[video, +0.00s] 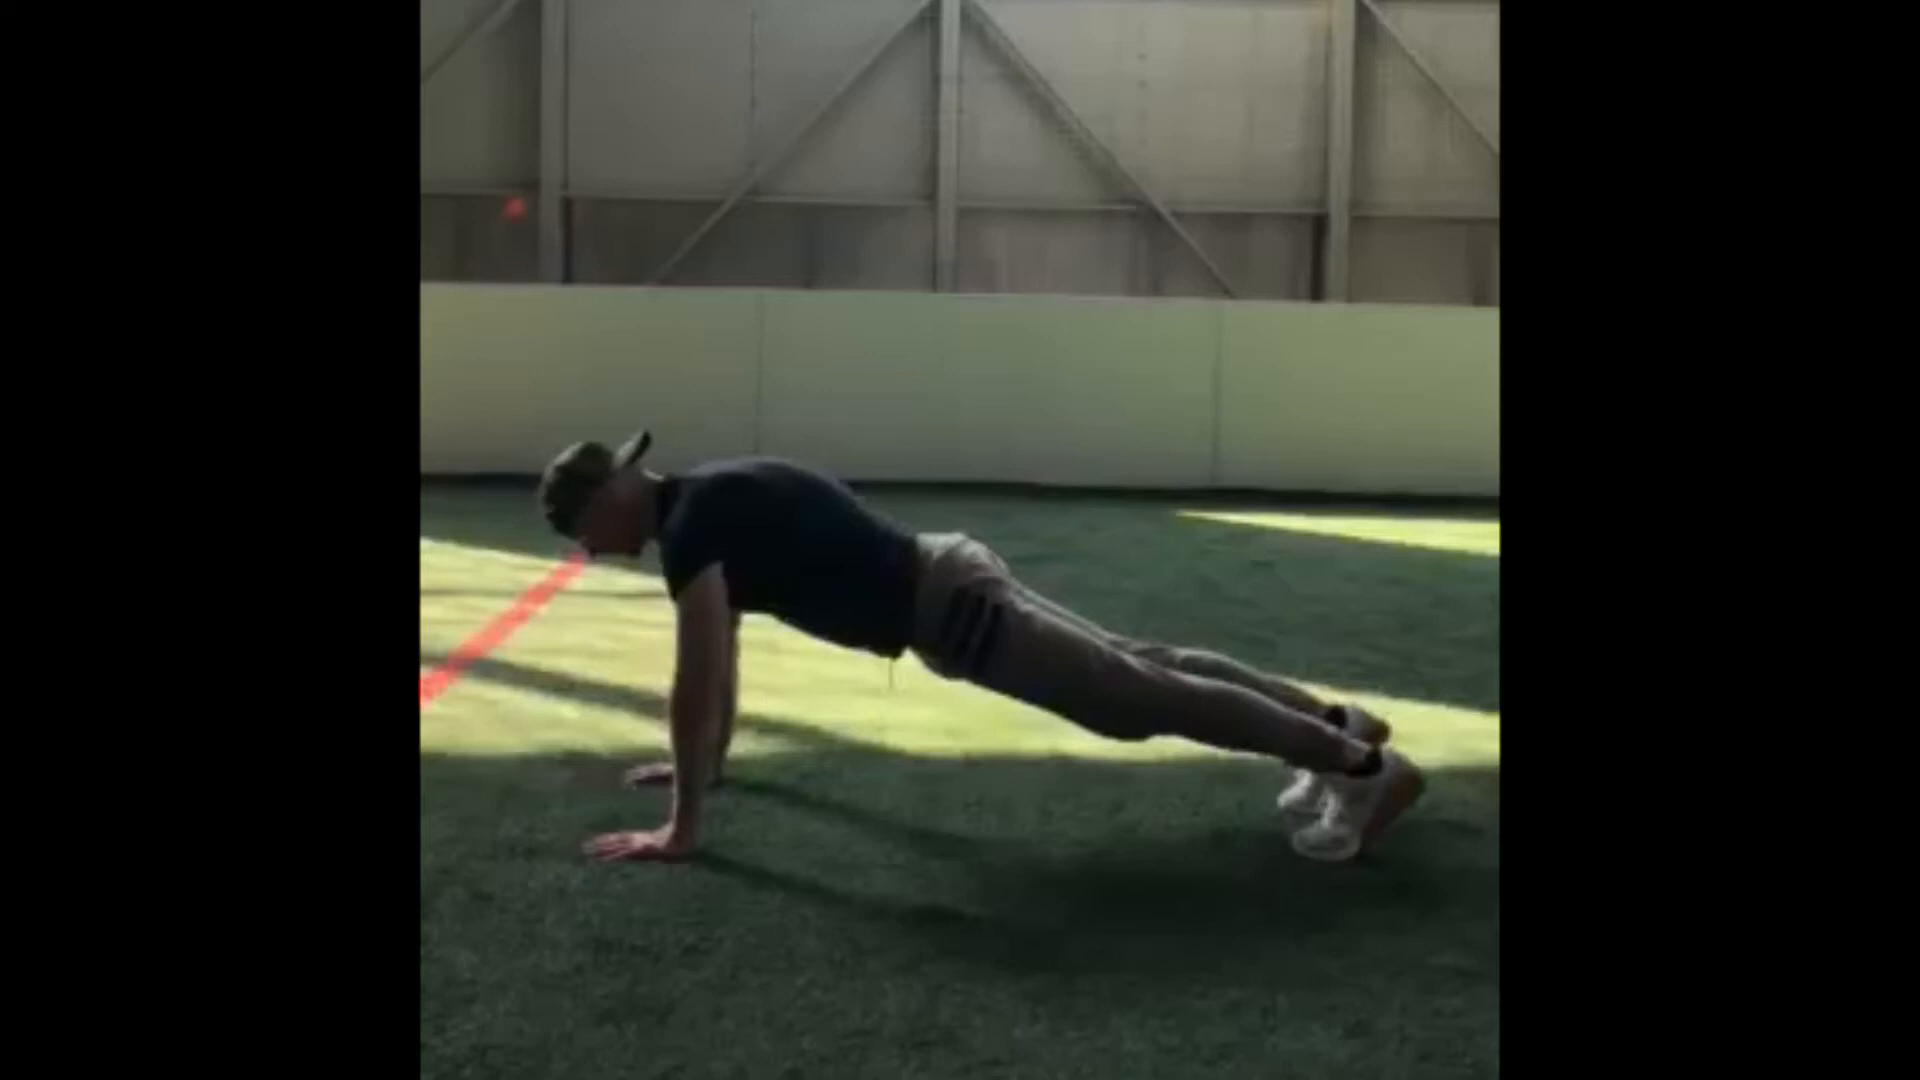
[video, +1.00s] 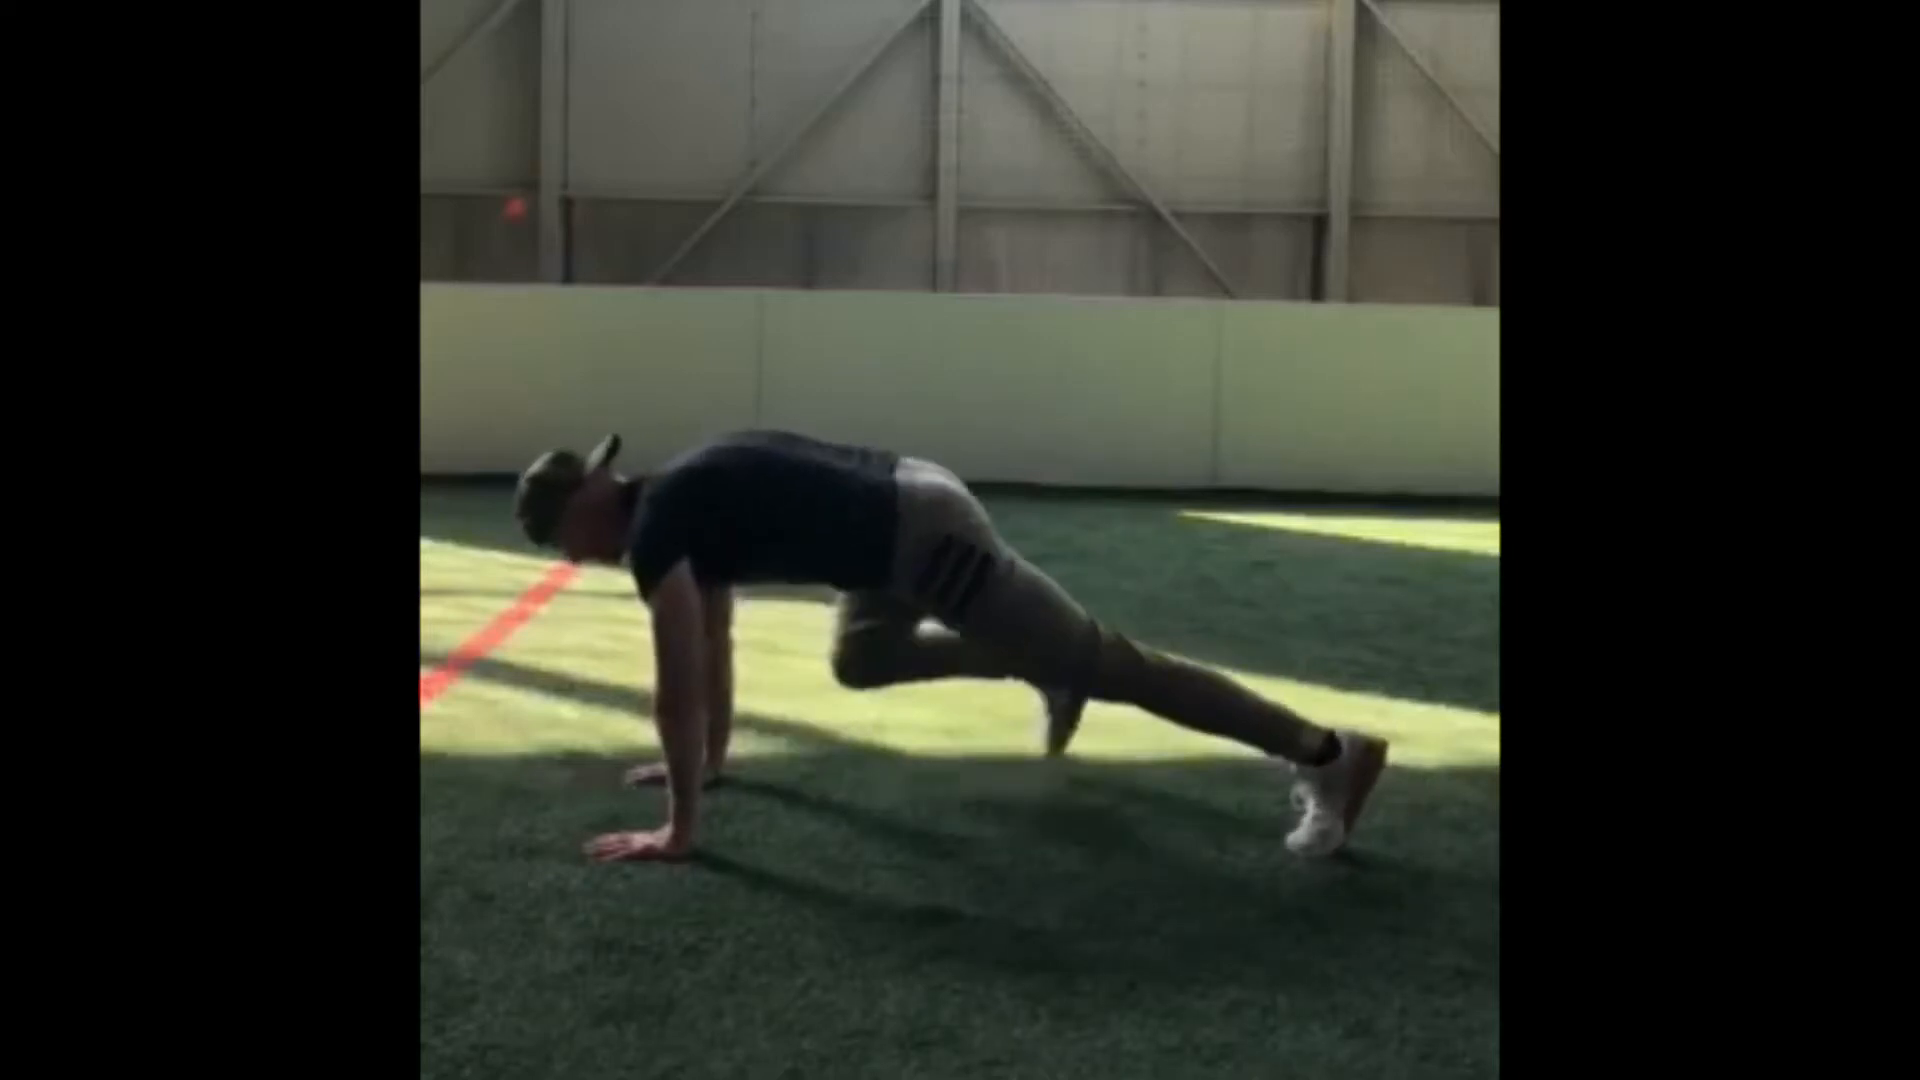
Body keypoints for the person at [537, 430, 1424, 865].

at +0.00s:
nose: (601, 556)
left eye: (594, 538)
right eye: (589, 545)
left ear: (617, 497)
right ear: (625, 489)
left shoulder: (691, 524)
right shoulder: (707, 503)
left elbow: (698, 686)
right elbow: (718, 675)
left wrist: (681, 826)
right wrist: (693, 773)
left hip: (952, 612)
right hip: (959, 580)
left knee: (1141, 707)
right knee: (1141, 668)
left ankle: (1366, 771)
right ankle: (1336, 727)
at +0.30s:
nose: (583, 568)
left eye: (576, 550)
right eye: (571, 557)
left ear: (598, 506)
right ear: (605, 500)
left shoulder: (670, 530)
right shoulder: (684, 512)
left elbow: (693, 684)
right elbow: (712, 672)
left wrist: (682, 823)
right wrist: (693, 769)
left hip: (944, 572)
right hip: (937, 559)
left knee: (1111, 691)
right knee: (1100, 680)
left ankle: (1348, 765)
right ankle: (1287, 698)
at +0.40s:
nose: (576, 569)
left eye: (569, 551)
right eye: (564, 558)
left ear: (593, 506)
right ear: (601, 502)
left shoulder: (662, 532)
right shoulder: (683, 519)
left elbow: (686, 692)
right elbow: (715, 676)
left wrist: (681, 827)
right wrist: (691, 770)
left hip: (934, 529)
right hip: (917, 538)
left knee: (1116, 669)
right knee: (947, 683)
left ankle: (1336, 755)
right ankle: (1142, 661)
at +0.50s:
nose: (581, 567)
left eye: (573, 551)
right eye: (569, 556)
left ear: (594, 509)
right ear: (605, 494)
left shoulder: (660, 534)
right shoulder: (688, 506)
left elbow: (682, 693)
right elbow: (719, 667)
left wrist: (680, 830)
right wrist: (696, 765)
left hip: (922, 525)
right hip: (909, 490)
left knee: (1108, 657)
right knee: (818, 593)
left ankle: (1332, 753)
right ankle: (986, 679)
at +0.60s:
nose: (583, 564)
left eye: (576, 549)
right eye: (573, 552)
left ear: (592, 509)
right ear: (607, 488)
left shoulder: (658, 533)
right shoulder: (693, 492)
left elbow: (679, 693)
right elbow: (712, 661)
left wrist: (680, 829)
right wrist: (686, 770)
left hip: (913, 554)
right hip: (912, 495)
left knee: (1096, 683)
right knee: (751, 543)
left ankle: (1324, 756)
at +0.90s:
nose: (587, 564)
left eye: (579, 550)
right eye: (576, 552)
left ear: (594, 510)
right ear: (610, 487)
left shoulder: (660, 532)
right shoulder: (697, 494)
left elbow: (679, 691)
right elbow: (716, 657)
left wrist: (678, 830)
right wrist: (705, 763)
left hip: (916, 550)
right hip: (913, 499)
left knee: (1092, 689)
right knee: (761, 572)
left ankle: (1326, 755)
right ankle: (895, 715)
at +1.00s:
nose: (583, 563)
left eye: (575, 549)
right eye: (572, 551)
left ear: (591, 509)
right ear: (605, 488)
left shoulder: (659, 531)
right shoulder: (685, 499)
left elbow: (678, 690)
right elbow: (712, 654)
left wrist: (678, 828)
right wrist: (707, 757)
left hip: (924, 527)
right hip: (900, 509)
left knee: (1110, 666)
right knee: (860, 661)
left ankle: (1330, 754)